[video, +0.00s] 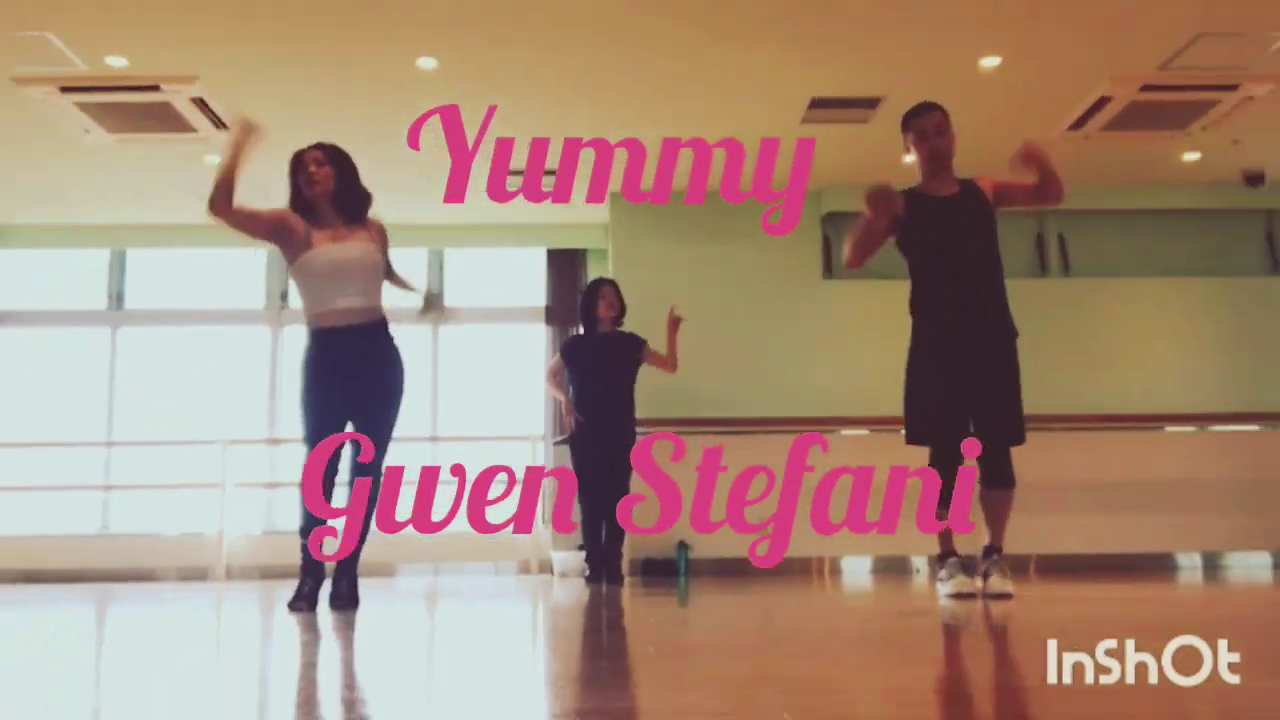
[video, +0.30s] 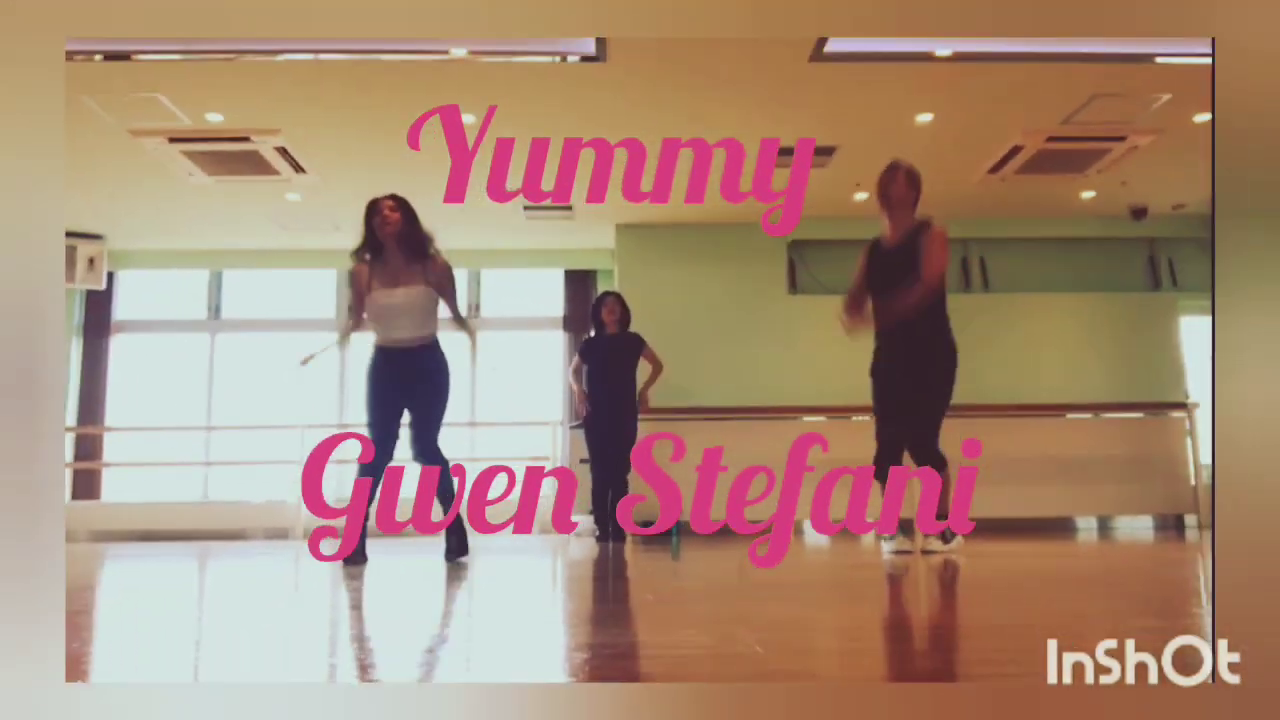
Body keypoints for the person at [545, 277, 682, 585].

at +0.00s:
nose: (610, 303)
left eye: (614, 298)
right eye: (603, 298)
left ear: (621, 305)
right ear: (590, 305)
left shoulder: (630, 343)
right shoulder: (576, 345)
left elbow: (670, 365)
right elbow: (551, 377)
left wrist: (672, 332)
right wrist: (566, 401)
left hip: (620, 432)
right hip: (586, 432)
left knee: (617, 499)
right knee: (591, 501)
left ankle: (613, 563)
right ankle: (594, 564)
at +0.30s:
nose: (611, 311)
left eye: (615, 306)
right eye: (606, 307)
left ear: (623, 311)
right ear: (598, 312)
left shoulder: (633, 340)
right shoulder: (590, 343)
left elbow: (657, 366)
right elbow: (574, 371)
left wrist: (644, 390)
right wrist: (579, 393)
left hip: (624, 413)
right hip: (597, 413)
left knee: (619, 474)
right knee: (600, 473)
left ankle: (618, 528)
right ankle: (602, 527)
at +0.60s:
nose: (614, 308)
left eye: (618, 304)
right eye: (610, 304)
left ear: (626, 308)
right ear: (603, 309)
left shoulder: (634, 333)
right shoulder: (596, 341)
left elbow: (656, 336)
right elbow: (582, 369)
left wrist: (647, 332)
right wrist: (582, 358)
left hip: (638, 403)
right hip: (614, 404)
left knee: (630, 462)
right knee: (612, 461)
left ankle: (622, 517)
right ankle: (608, 518)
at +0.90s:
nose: (619, 311)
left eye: (625, 307)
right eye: (616, 307)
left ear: (635, 313)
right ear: (611, 313)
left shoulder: (635, 335)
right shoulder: (615, 337)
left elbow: (635, 307)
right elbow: (611, 307)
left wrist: (633, 278)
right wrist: (620, 274)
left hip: (649, 404)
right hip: (632, 407)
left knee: (663, 464)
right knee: (646, 467)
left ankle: (683, 520)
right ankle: (669, 518)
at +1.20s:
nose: (615, 304)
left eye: (622, 300)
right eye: (618, 299)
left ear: (634, 308)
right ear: (633, 310)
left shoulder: (631, 338)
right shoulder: (621, 339)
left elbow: (627, 365)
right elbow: (606, 365)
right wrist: (592, 379)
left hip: (629, 419)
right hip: (639, 417)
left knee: (589, 473)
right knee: (658, 479)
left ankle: (593, 535)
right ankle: (687, 535)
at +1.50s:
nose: (576, 317)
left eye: (584, 315)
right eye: (575, 312)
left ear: (593, 325)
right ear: (569, 316)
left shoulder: (590, 351)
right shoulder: (553, 350)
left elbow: (609, 388)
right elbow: (556, 391)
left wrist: (619, 419)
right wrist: (552, 423)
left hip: (579, 437)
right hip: (553, 437)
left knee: (615, 494)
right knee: (517, 488)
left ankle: (668, 542)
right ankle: (517, 555)